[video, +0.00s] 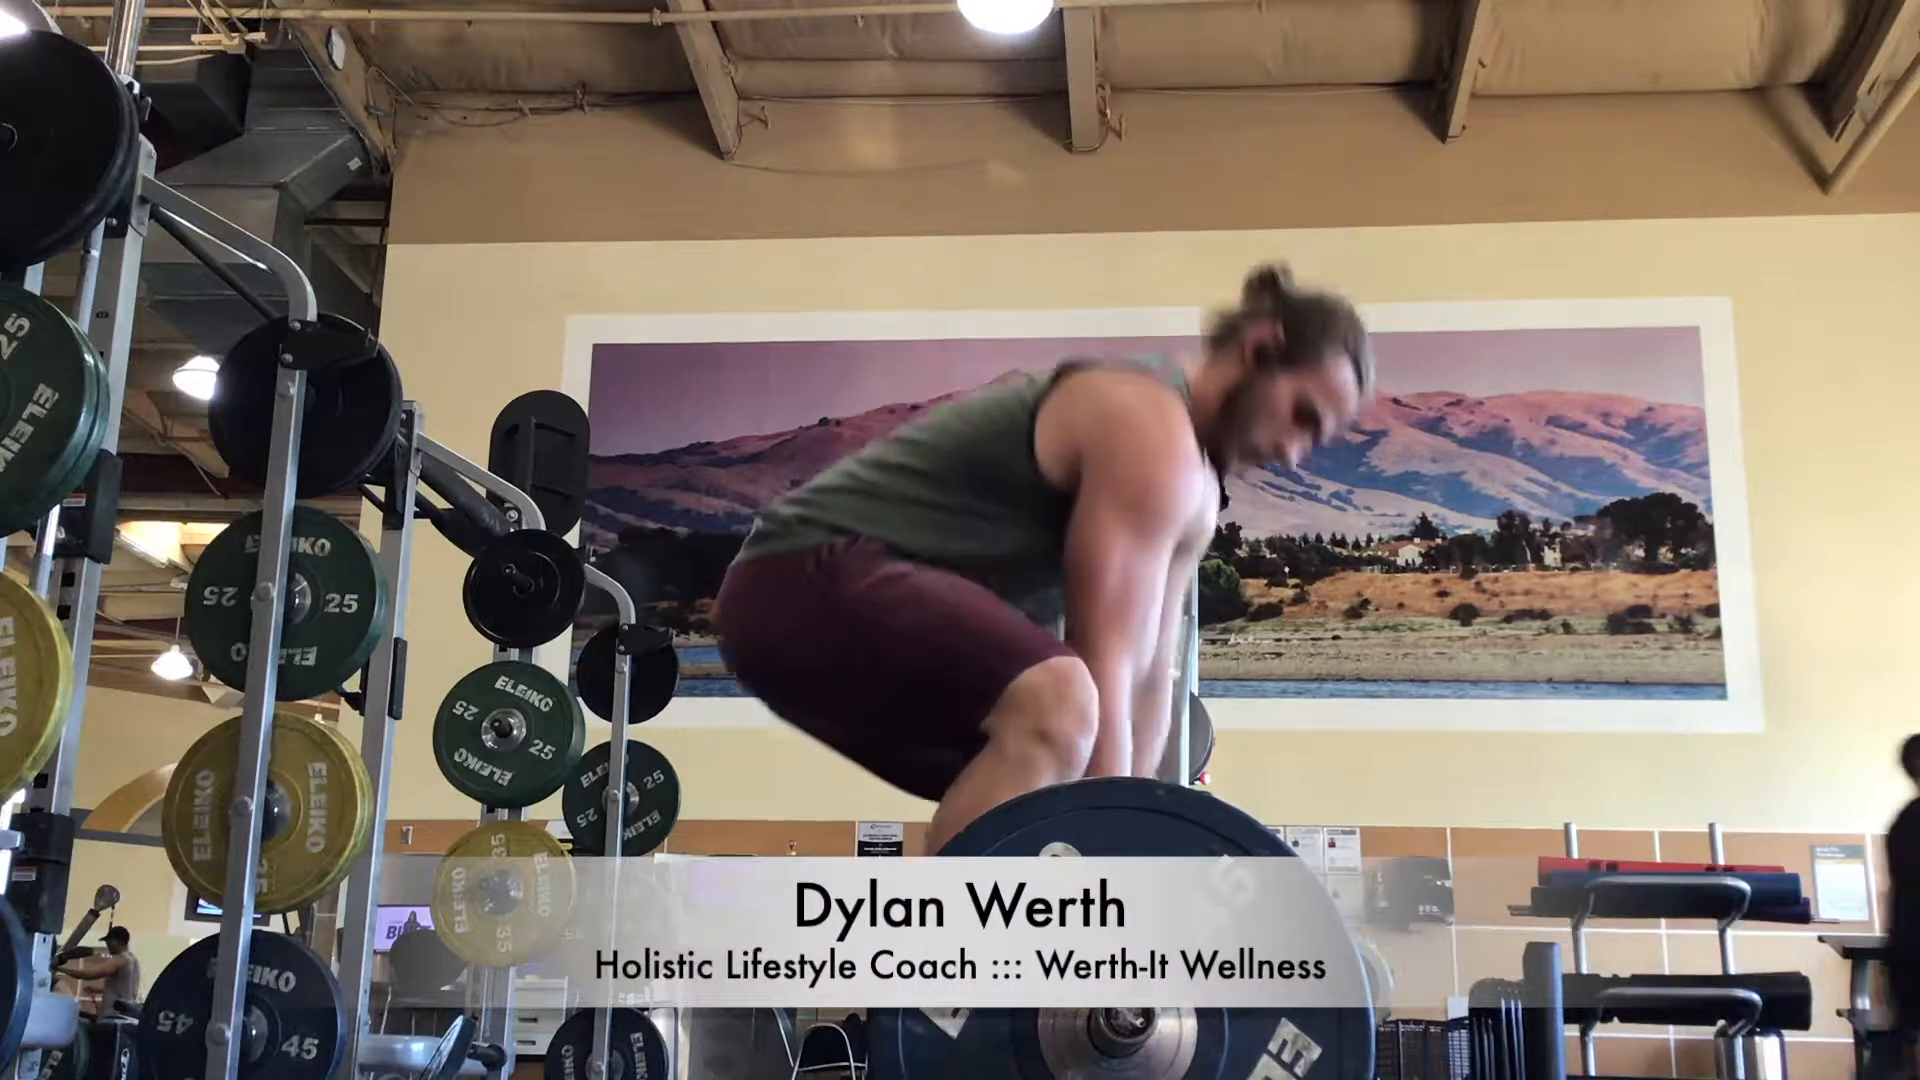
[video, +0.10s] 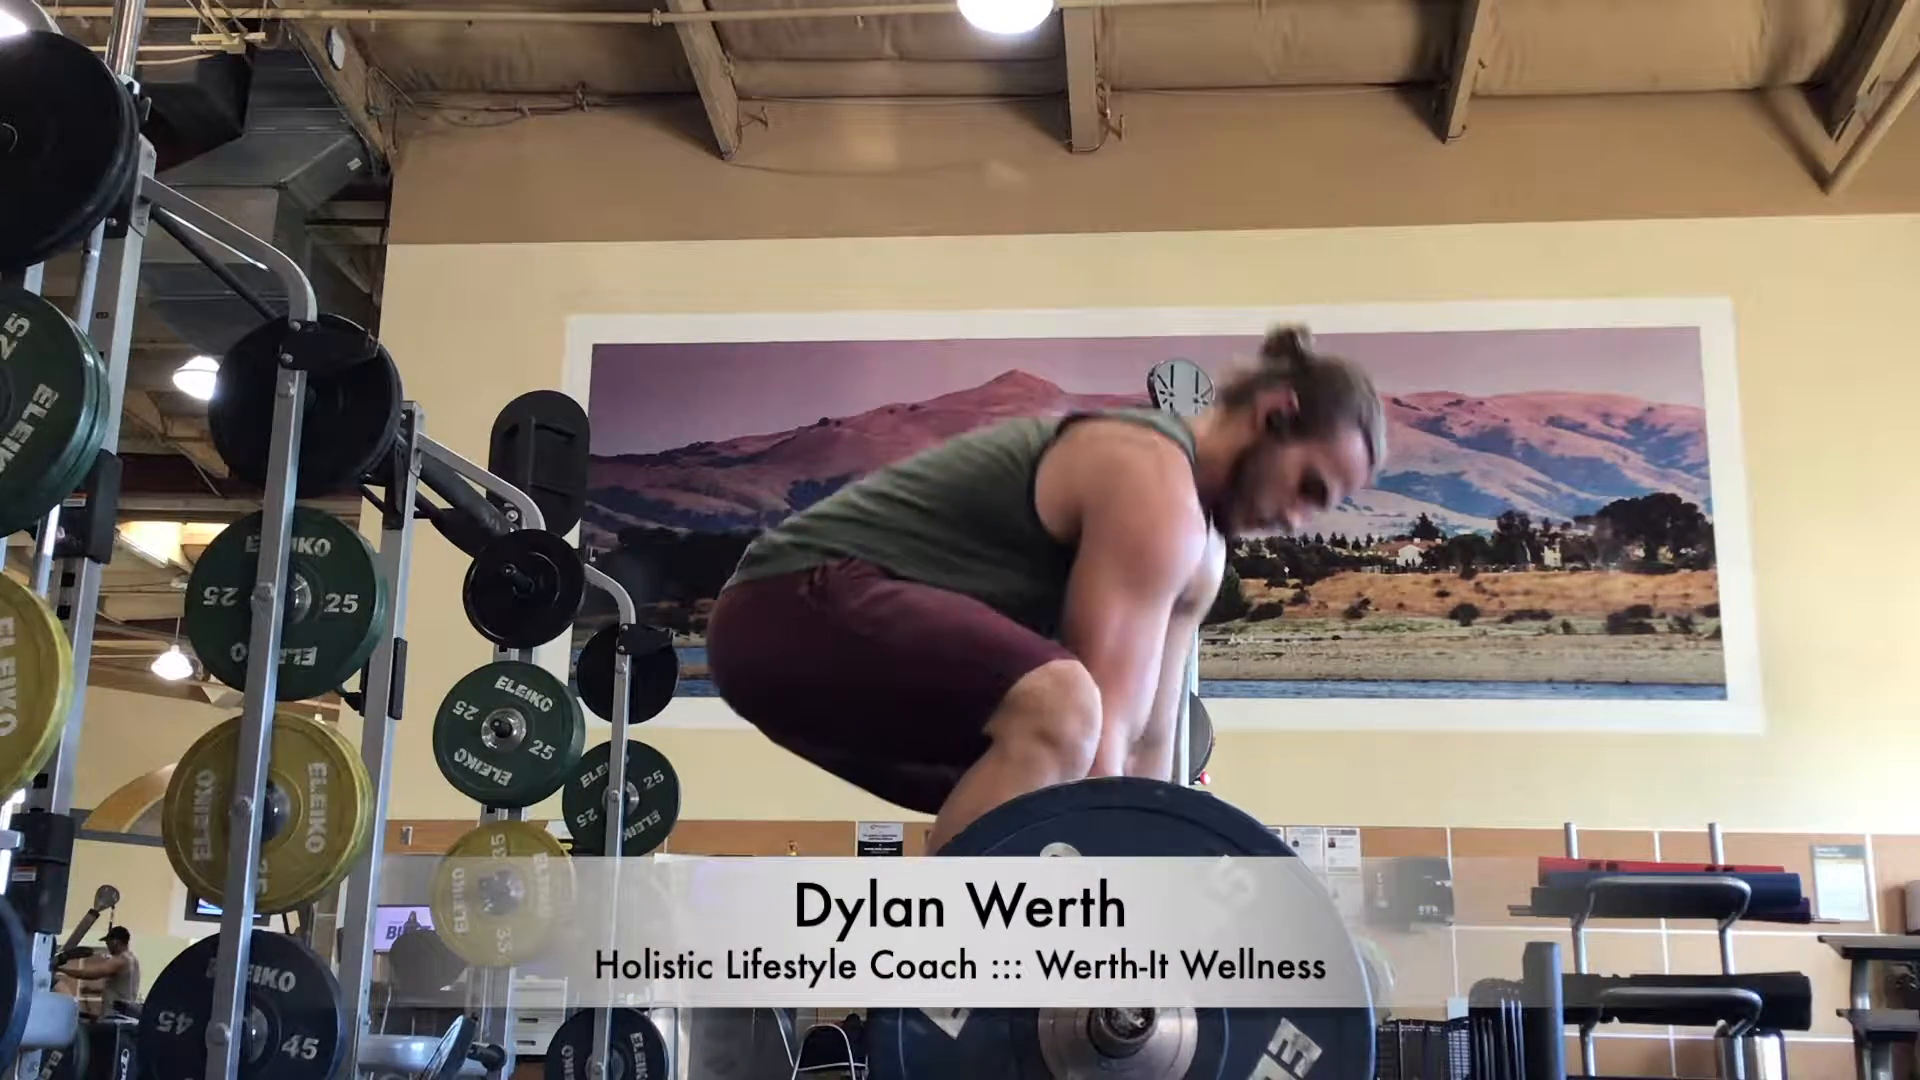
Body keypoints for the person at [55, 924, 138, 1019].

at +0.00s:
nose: (107, 946)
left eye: (109, 943)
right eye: (107, 943)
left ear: (116, 942)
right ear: (124, 942)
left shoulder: (121, 960)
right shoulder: (132, 960)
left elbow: (89, 975)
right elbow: (122, 989)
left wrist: (60, 969)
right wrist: (97, 990)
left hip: (111, 1017)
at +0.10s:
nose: (107, 946)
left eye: (108, 943)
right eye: (106, 943)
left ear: (116, 943)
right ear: (123, 943)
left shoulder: (121, 960)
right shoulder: (132, 960)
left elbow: (87, 974)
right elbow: (117, 987)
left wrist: (61, 969)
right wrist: (90, 989)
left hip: (112, 1017)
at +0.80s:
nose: (107, 948)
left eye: (109, 944)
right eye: (107, 944)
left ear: (116, 943)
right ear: (121, 943)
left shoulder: (122, 960)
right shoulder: (129, 961)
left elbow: (87, 973)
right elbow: (106, 984)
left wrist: (60, 969)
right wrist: (80, 982)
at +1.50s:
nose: (105, 946)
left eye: (107, 942)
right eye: (105, 942)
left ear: (114, 942)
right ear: (119, 943)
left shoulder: (119, 960)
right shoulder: (128, 961)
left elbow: (87, 976)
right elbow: (105, 988)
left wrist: (61, 970)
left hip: (108, 1017)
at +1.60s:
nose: (104, 946)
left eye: (106, 942)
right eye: (104, 943)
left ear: (113, 943)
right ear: (120, 943)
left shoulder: (118, 961)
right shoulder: (128, 961)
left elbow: (87, 977)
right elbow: (118, 988)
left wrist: (61, 970)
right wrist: (94, 989)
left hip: (108, 1017)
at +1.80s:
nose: (103, 947)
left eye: (104, 944)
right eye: (103, 944)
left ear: (111, 943)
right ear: (122, 943)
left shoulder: (117, 961)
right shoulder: (128, 961)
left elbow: (88, 977)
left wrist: (61, 971)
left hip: (107, 1018)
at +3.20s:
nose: (107, 950)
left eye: (107, 947)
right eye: (106, 947)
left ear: (110, 946)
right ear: (123, 944)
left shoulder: (119, 961)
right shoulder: (131, 962)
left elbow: (89, 977)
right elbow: (110, 988)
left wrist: (60, 971)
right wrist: (83, 987)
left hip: (111, 1018)